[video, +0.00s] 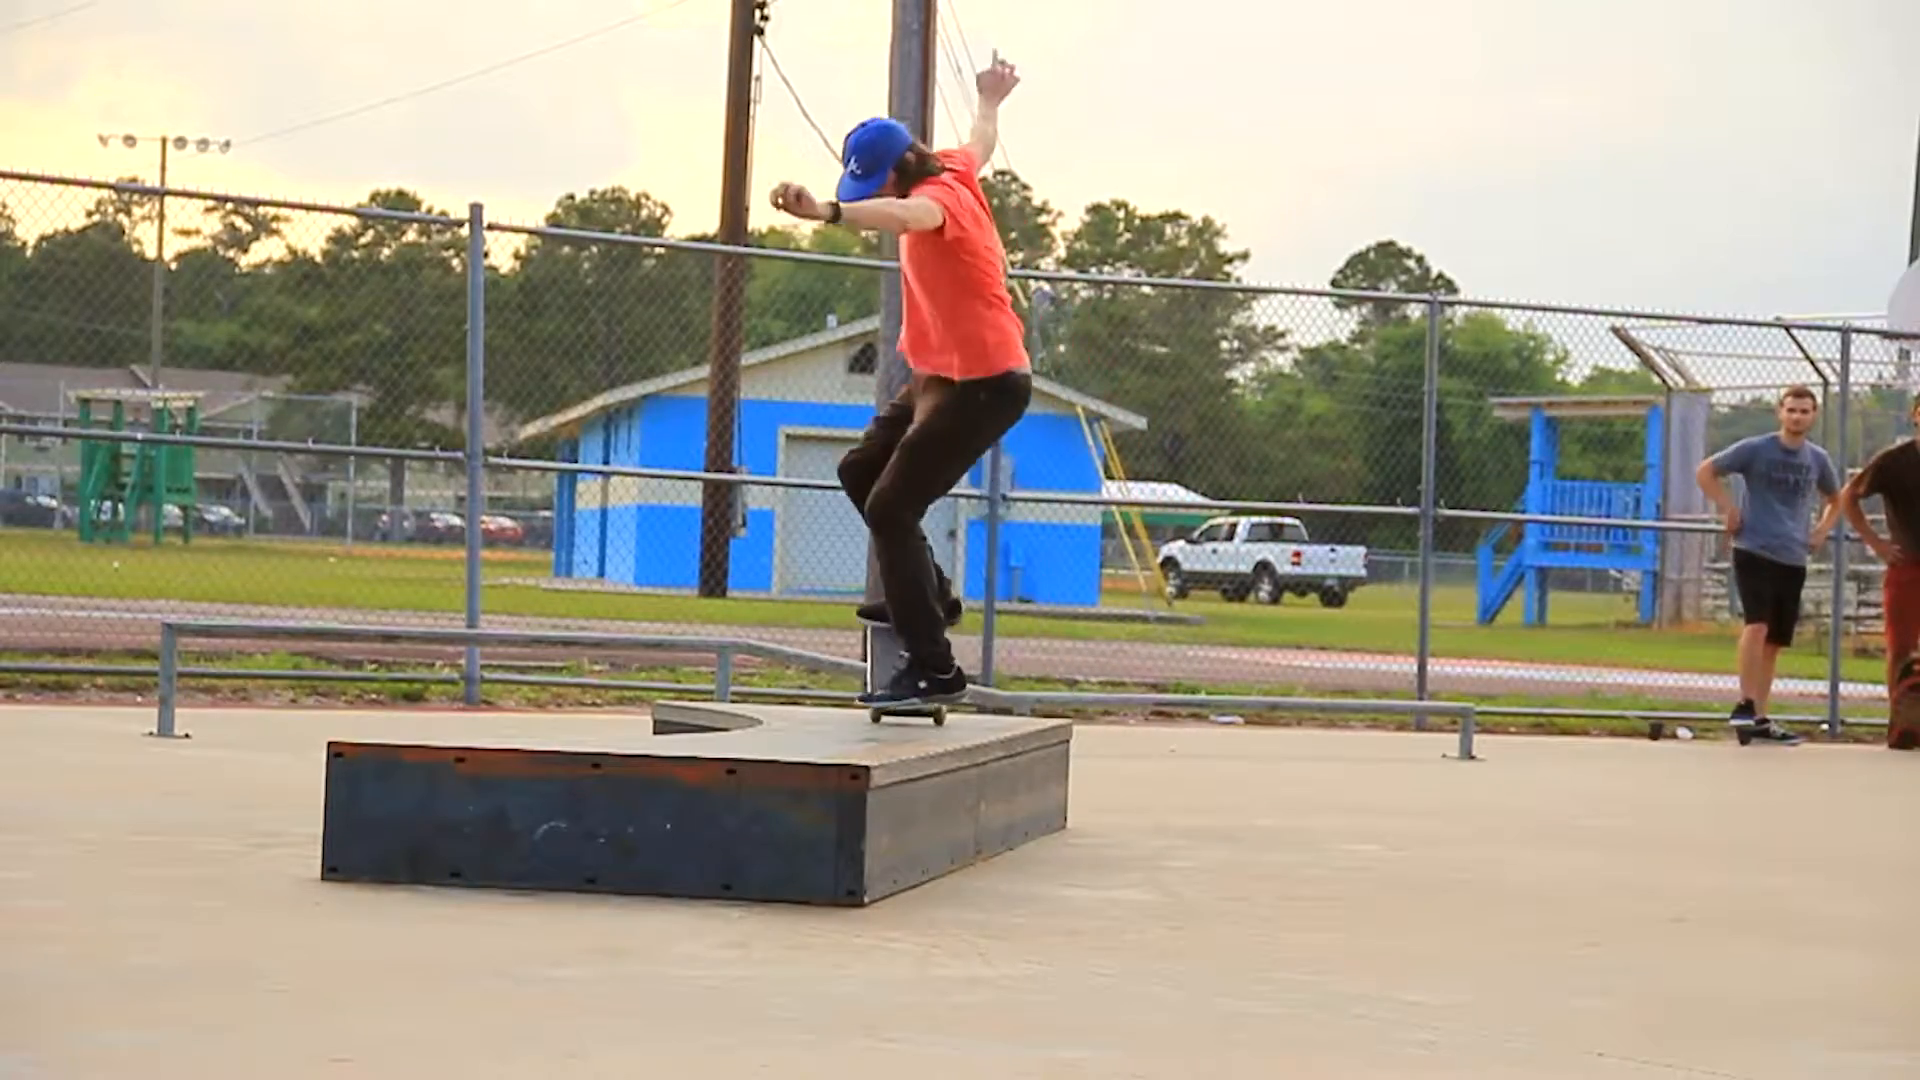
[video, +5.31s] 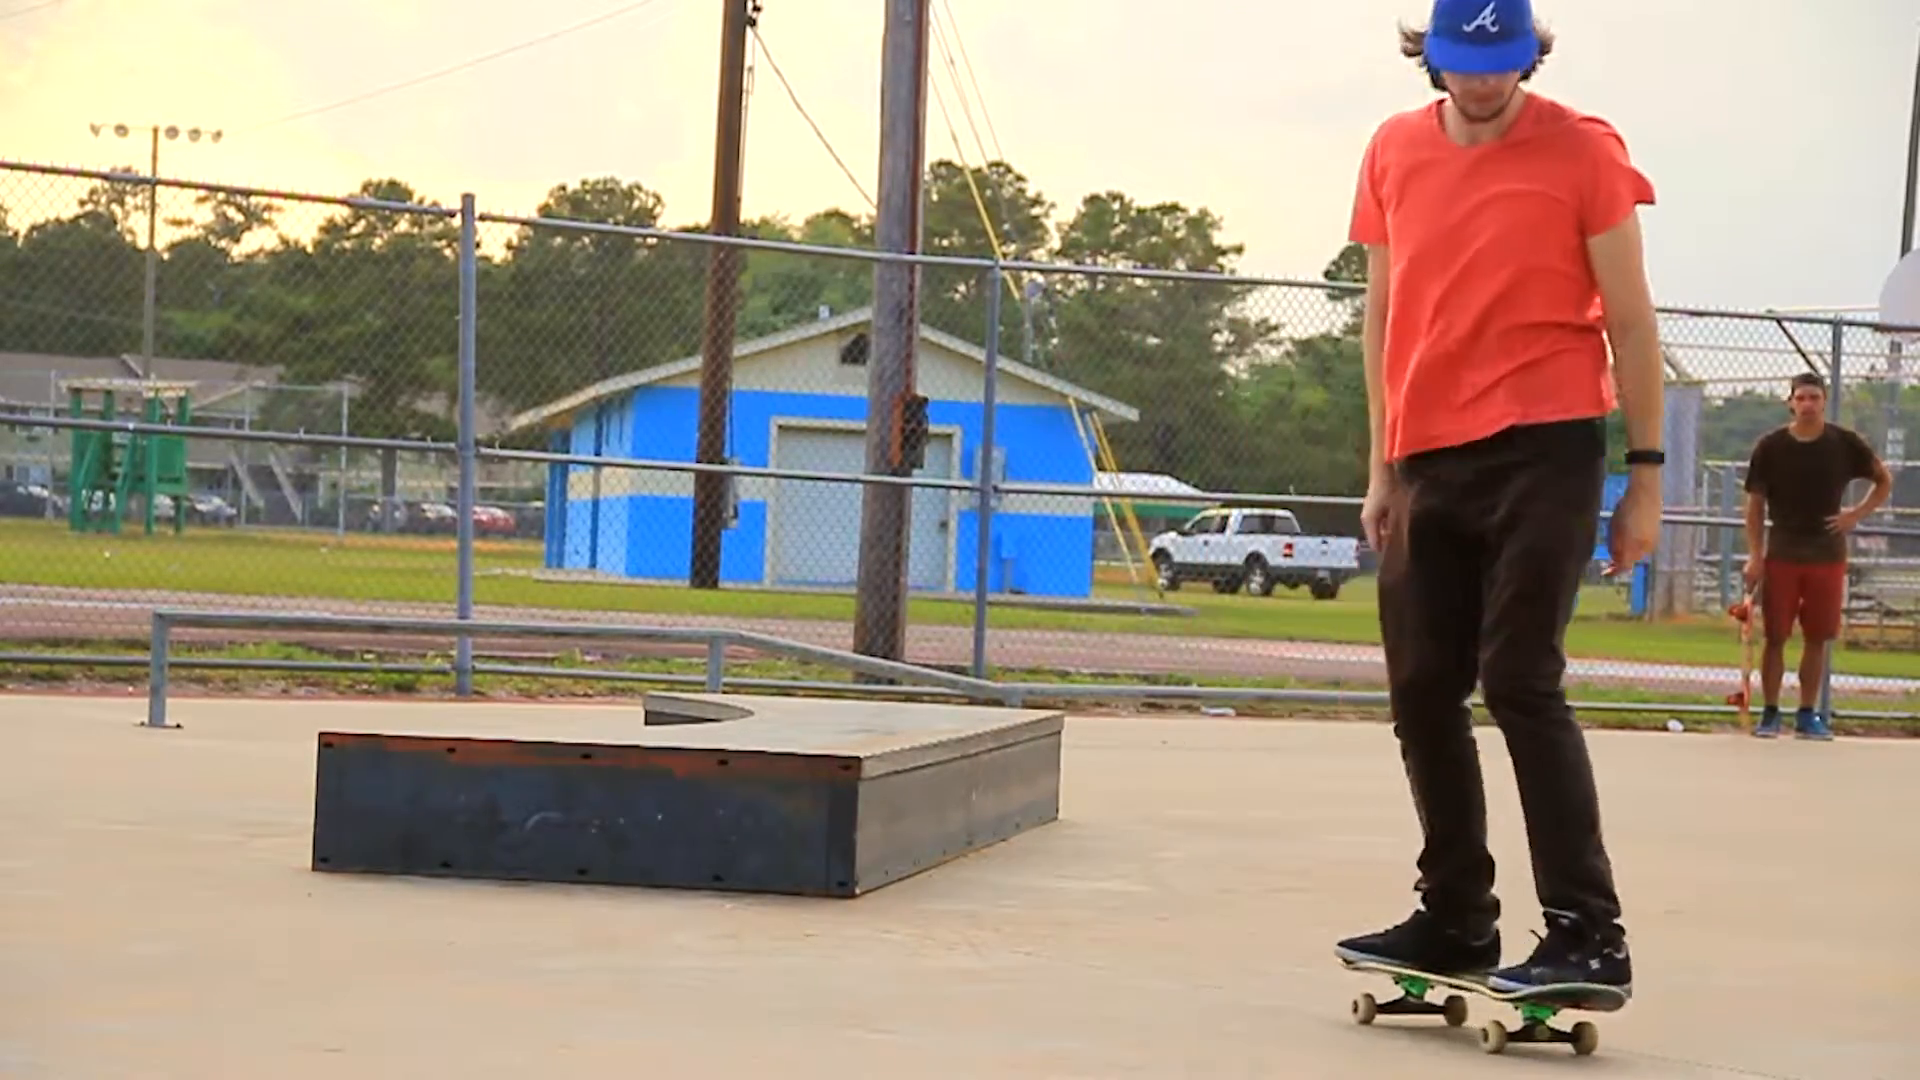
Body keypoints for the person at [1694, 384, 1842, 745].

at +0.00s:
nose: (1798, 416)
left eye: (1805, 411)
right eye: (1792, 410)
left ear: (1813, 416)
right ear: (1780, 413)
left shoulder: (1818, 459)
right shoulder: (1756, 449)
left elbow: (1835, 498)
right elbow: (1705, 472)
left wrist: (1821, 530)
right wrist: (1728, 508)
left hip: (1792, 556)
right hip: (1754, 549)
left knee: (1774, 642)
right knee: (1757, 624)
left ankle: (1760, 715)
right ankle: (1746, 705)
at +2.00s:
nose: (1817, 422)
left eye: (1819, 415)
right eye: (1812, 415)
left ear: (1816, 420)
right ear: (1788, 415)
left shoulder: (1812, 459)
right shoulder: (1755, 447)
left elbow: (1828, 500)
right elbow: (1705, 473)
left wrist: (1817, 534)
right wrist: (1735, 511)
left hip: (1789, 557)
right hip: (1752, 550)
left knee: (1772, 641)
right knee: (1753, 624)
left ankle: (1758, 717)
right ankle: (1741, 704)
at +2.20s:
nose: (1824, 422)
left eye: (1824, 416)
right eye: (1820, 415)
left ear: (1806, 419)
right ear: (1798, 417)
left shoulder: (1811, 458)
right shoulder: (1756, 447)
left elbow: (1827, 499)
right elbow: (1707, 474)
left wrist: (1817, 532)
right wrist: (1737, 513)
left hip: (1790, 557)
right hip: (1753, 551)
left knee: (1771, 641)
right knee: (1752, 624)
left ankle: (1757, 716)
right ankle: (1739, 704)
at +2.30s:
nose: (1808, 401)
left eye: (1815, 395)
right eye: (1802, 395)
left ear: (1828, 399)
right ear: (1794, 400)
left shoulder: (1848, 444)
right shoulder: (1774, 445)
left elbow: (1885, 483)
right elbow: (1761, 502)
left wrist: (1859, 515)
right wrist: (1758, 554)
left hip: (1825, 556)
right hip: (1782, 554)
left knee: (1817, 638)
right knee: (1774, 636)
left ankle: (1807, 713)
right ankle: (1770, 711)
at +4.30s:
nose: (1797, 402)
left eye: (1804, 395)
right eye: (1792, 395)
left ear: (1817, 400)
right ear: (1782, 400)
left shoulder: (1840, 443)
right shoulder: (1764, 447)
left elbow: (1883, 480)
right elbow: (1750, 504)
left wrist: (1853, 514)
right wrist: (1752, 555)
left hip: (1822, 554)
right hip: (1778, 552)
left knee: (1816, 639)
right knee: (1773, 638)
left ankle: (1807, 714)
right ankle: (1770, 712)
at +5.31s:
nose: (1807, 404)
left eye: (1814, 398)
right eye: (1801, 398)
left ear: (1824, 402)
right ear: (1791, 402)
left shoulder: (1845, 444)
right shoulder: (1769, 447)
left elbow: (1884, 480)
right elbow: (1754, 505)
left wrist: (1856, 514)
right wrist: (1754, 556)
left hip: (1826, 555)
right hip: (1781, 553)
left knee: (1817, 639)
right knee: (1775, 638)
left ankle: (1807, 714)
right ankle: (1770, 712)